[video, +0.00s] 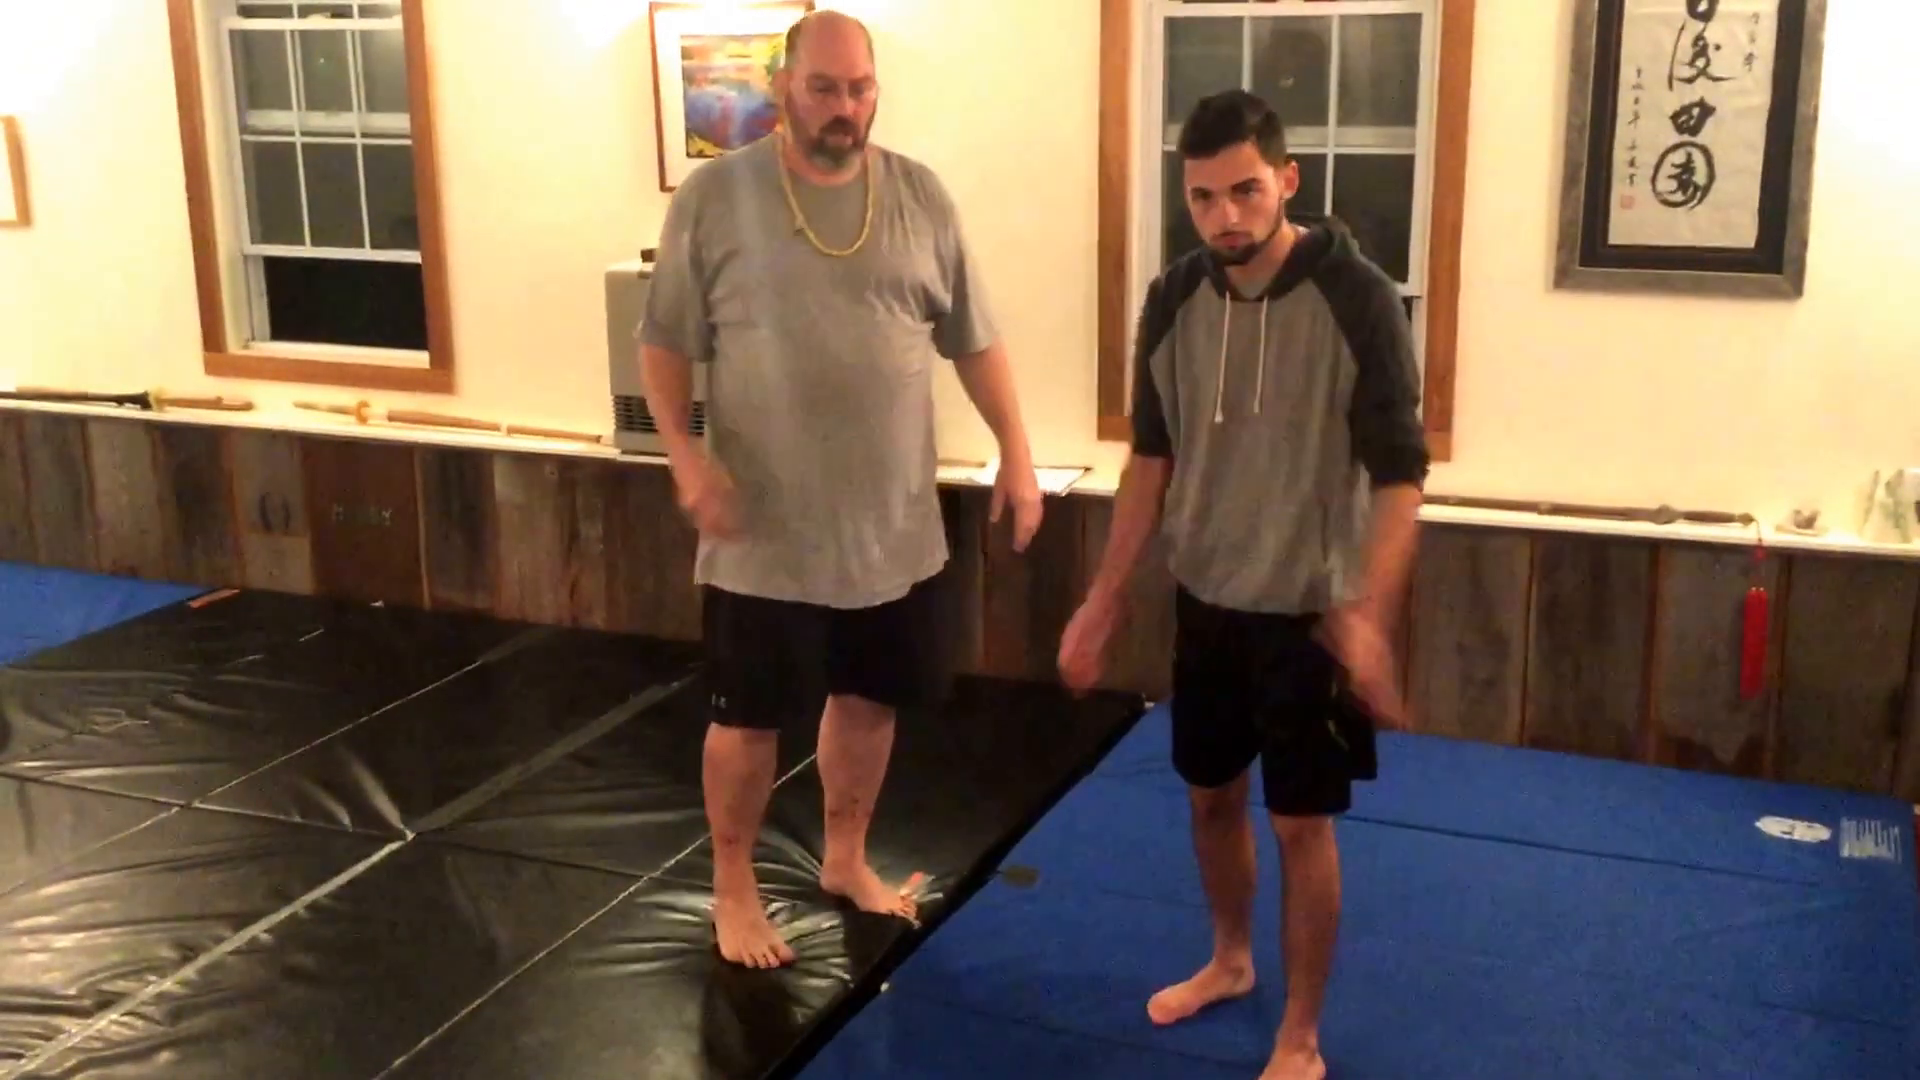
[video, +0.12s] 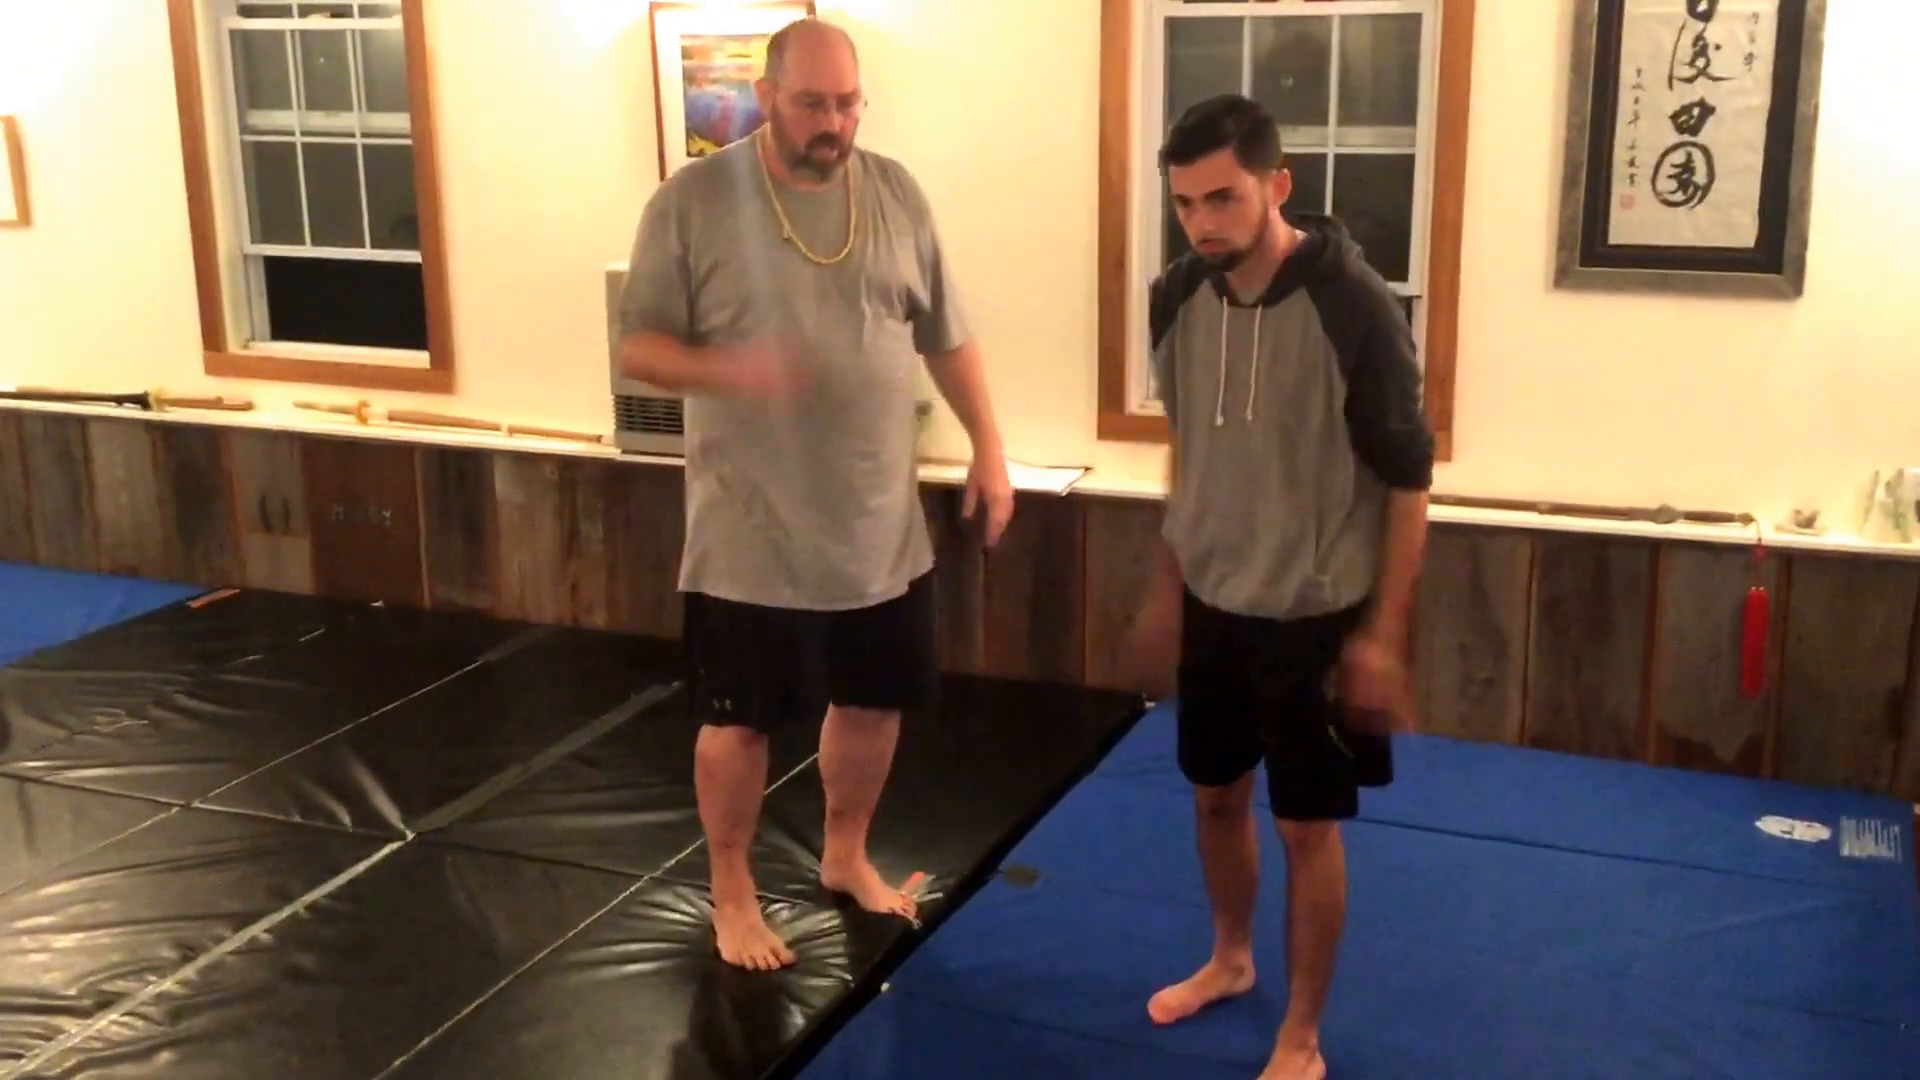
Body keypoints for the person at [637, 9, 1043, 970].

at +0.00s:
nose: (845, 106)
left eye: (860, 88)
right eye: (824, 88)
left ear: (878, 88)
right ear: (782, 87)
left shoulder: (919, 196)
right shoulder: (711, 199)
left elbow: (972, 335)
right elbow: (665, 340)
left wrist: (1017, 454)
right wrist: (685, 456)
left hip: (889, 515)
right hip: (760, 520)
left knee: (870, 700)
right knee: (750, 718)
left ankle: (846, 862)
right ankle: (735, 888)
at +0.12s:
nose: (833, 121)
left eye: (847, 101)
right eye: (812, 102)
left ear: (862, 96)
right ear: (767, 96)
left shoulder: (893, 191)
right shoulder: (692, 200)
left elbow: (944, 330)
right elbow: (639, 347)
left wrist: (989, 448)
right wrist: (733, 369)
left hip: (874, 513)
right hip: (747, 518)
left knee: (874, 697)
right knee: (736, 719)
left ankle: (845, 860)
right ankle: (733, 895)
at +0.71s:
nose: (897, 154)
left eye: (909, 136)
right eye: (881, 132)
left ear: (917, 128)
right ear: (824, 112)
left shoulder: (901, 201)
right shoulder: (748, 206)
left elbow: (922, 340)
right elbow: (711, 362)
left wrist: (950, 449)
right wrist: (854, 316)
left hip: (901, 501)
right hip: (780, 515)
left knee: (945, 685)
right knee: (756, 720)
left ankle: (990, 856)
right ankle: (732, 892)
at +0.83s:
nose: (952, 166)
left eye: (964, 148)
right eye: (939, 143)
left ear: (969, 141)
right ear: (884, 117)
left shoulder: (942, 211)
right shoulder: (794, 207)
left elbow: (951, 353)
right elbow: (733, 357)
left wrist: (977, 459)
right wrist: (868, 409)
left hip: (926, 515)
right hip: (807, 525)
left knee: (954, 692)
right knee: (770, 718)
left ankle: (992, 861)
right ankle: (733, 884)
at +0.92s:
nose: (991, 172)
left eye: (1003, 154)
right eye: (980, 150)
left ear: (1002, 139)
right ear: (925, 121)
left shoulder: (972, 209)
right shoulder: (825, 206)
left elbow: (976, 353)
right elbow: (759, 351)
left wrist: (999, 461)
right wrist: (853, 463)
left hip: (954, 519)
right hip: (831, 526)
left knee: (969, 688)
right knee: (784, 715)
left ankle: (992, 859)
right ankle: (736, 881)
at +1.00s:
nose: (1026, 172)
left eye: (1038, 156)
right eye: (1016, 150)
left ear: (1041, 141)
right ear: (963, 118)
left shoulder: (1001, 205)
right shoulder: (857, 202)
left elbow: (1002, 346)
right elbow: (785, 348)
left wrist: (1027, 458)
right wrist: (825, 486)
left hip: (975, 523)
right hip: (863, 527)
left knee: (982, 686)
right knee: (805, 708)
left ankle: (992, 858)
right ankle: (746, 873)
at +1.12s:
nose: (1072, 182)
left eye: (1086, 166)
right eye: (1063, 158)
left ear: (1094, 151)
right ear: (1012, 120)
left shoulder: (1050, 213)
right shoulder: (899, 198)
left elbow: (1054, 345)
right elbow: (819, 338)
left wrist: (1091, 443)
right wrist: (800, 483)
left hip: (1004, 510)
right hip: (893, 509)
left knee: (995, 685)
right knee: (869, 699)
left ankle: (991, 856)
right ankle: (804, 846)